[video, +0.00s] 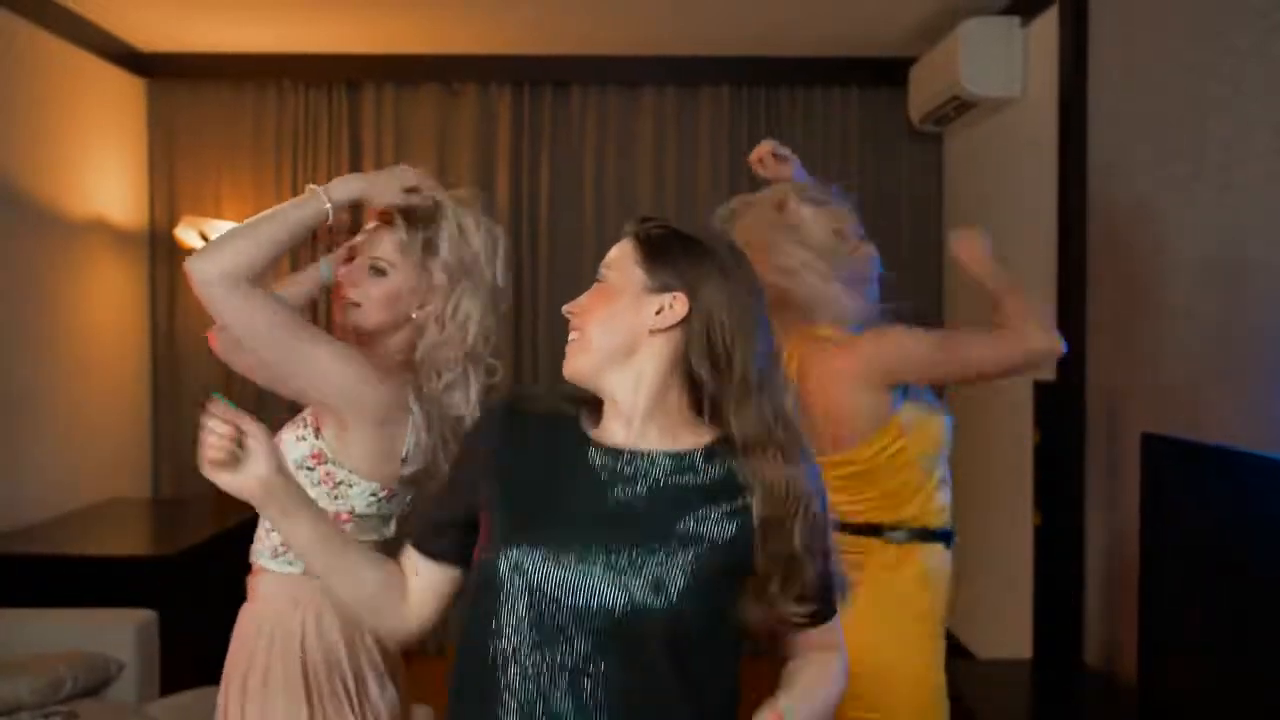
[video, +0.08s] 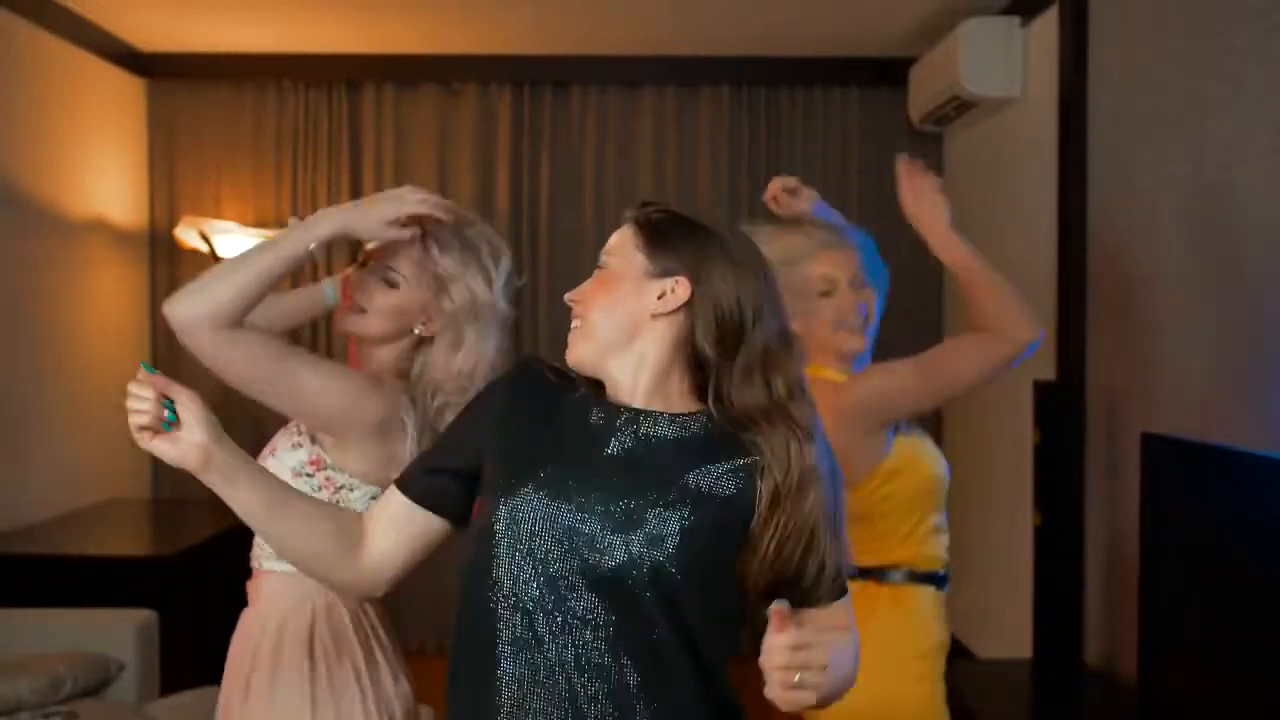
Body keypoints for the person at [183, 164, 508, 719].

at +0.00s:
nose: (345, 280)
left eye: (377, 269)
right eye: (349, 262)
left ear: (432, 297)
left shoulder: (375, 391)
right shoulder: (409, 390)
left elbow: (217, 273)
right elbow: (233, 339)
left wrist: (342, 191)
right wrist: (337, 261)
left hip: (304, 631)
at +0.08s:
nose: (355, 283)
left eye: (389, 280)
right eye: (363, 266)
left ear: (433, 320)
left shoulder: (374, 406)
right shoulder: (382, 400)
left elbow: (193, 315)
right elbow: (233, 327)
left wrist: (336, 220)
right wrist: (348, 283)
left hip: (310, 632)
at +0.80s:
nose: (271, 306)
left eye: (301, 289)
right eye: (270, 288)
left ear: (359, 313)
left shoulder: (290, 412)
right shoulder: (399, 427)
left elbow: (172, 594)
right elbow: (392, 600)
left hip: (263, 691)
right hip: (363, 686)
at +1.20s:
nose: (297, 335)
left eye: (324, 313)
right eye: (291, 315)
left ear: (385, 323)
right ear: (285, 316)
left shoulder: (322, 433)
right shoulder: (423, 430)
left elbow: (260, 639)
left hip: (276, 695)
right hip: (354, 694)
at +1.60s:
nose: (290, 318)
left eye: (316, 298)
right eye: (287, 300)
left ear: (379, 316)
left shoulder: (313, 443)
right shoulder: (412, 441)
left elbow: (170, 618)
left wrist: (7, 612)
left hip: (263, 684)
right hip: (362, 686)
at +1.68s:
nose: (289, 329)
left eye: (316, 309)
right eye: (285, 310)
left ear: (378, 325)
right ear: (276, 316)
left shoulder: (306, 439)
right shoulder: (414, 440)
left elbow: (199, 626)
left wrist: (36, 590)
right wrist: (259, 523)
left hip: (258, 675)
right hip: (351, 675)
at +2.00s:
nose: (294, 301)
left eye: (325, 282)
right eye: (289, 280)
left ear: (387, 304)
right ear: (279, 289)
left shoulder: (318, 432)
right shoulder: (384, 422)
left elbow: (223, 634)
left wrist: (60, 684)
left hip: (266, 673)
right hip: (329, 660)